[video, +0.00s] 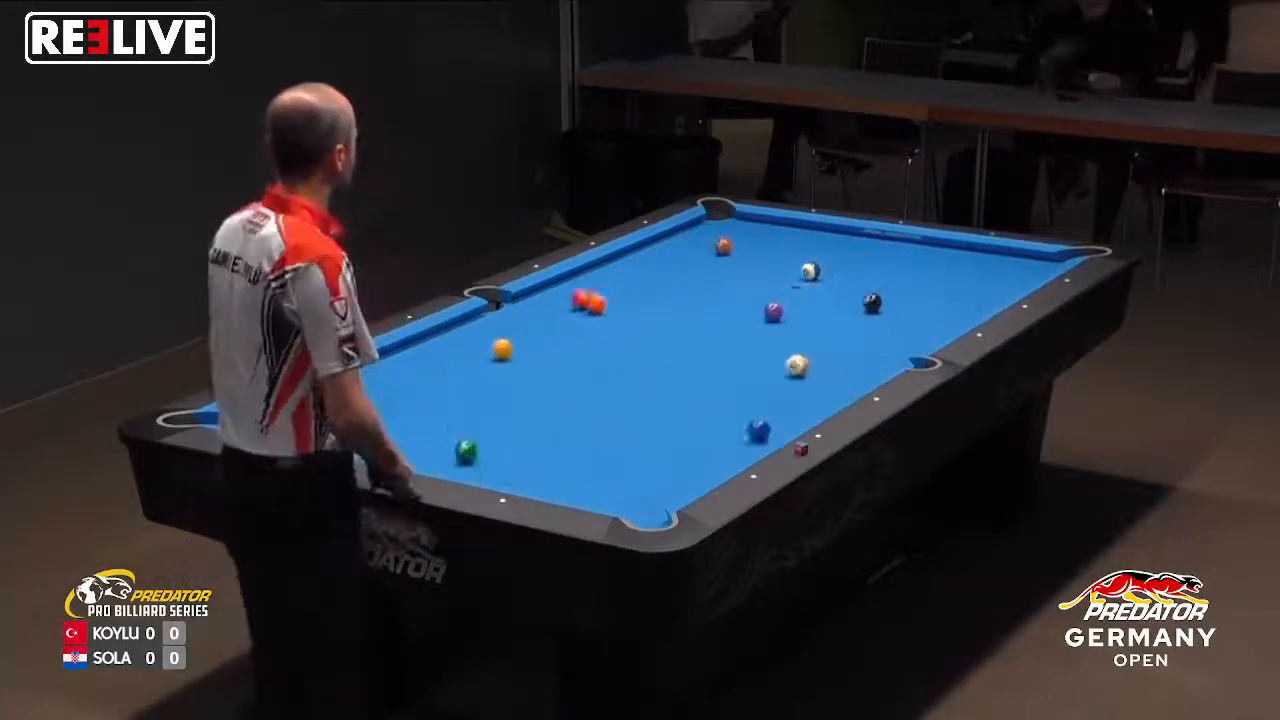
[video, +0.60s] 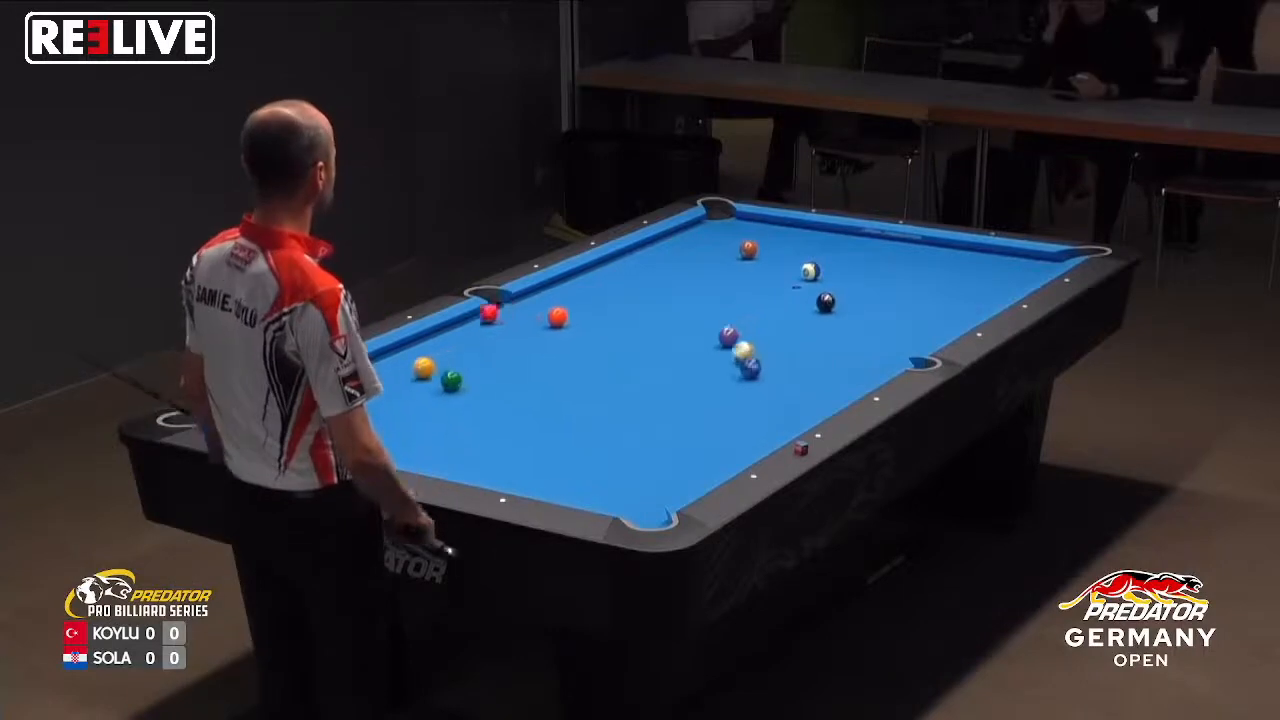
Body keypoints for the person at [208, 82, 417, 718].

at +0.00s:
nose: (354, 156)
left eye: (353, 143)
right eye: (353, 145)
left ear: (276, 148)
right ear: (339, 156)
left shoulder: (232, 232)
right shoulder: (313, 257)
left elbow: (244, 363)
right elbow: (348, 413)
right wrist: (389, 461)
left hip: (241, 473)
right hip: (303, 484)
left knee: (277, 651)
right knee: (329, 651)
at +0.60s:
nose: (334, 174)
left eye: (331, 161)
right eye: (332, 162)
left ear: (249, 168)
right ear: (320, 174)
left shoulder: (207, 261)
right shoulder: (314, 291)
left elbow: (196, 384)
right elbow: (358, 451)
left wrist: (227, 453)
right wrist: (405, 511)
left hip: (246, 500)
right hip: (317, 508)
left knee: (280, 663)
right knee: (349, 662)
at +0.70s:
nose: (334, 186)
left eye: (330, 172)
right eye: (332, 174)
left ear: (248, 180)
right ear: (320, 186)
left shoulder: (205, 275)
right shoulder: (315, 307)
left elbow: (195, 395)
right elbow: (357, 468)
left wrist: (215, 466)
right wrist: (406, 531)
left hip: (246, 518)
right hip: (318, 528)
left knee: (281, 671)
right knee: (350, 674)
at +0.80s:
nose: (335, 193)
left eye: (331, 180)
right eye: (333, 181)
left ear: (248, 189)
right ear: (320, 195)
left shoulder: (204, 284)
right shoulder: (316, 317)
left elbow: (194, 404)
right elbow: (358, 476)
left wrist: (216, 481)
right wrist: (405, 543)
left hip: (245, 532)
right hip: (316, 542)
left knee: (282, 680)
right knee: (351, 684)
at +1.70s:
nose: (330, 224)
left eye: (326, 209)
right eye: (328, 213)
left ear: (236, 223)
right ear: (316, 234)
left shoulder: (177, 321)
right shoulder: (317, 361)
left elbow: (171, 465)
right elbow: (365, 523)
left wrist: (189, 545)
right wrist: (414, 618)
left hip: (228, 578)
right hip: (310, 588)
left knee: (253, 706)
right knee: (331, 706)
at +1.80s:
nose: (328, 227)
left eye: (323, 212)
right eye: (326, 215)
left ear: (234, 223)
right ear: (314, 234)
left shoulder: (176, 322)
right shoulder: (316, 361)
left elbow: (170, 467)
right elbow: (364, 524)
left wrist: (189, 544)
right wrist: (413, 618)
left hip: (227, 578)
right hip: (310, 587)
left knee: (253, 706)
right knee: (330, 706)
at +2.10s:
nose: (324, 224)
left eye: (319, 209)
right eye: (322, 213)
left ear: (231, 221)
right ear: (311, 230)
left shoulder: (174, 319)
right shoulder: (313, 359)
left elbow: (168, 464)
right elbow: (360, 520)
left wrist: (187, 543)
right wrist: (408, 616)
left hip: (225, 572)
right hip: (308, 583)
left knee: (253, 704)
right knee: (330, 705)